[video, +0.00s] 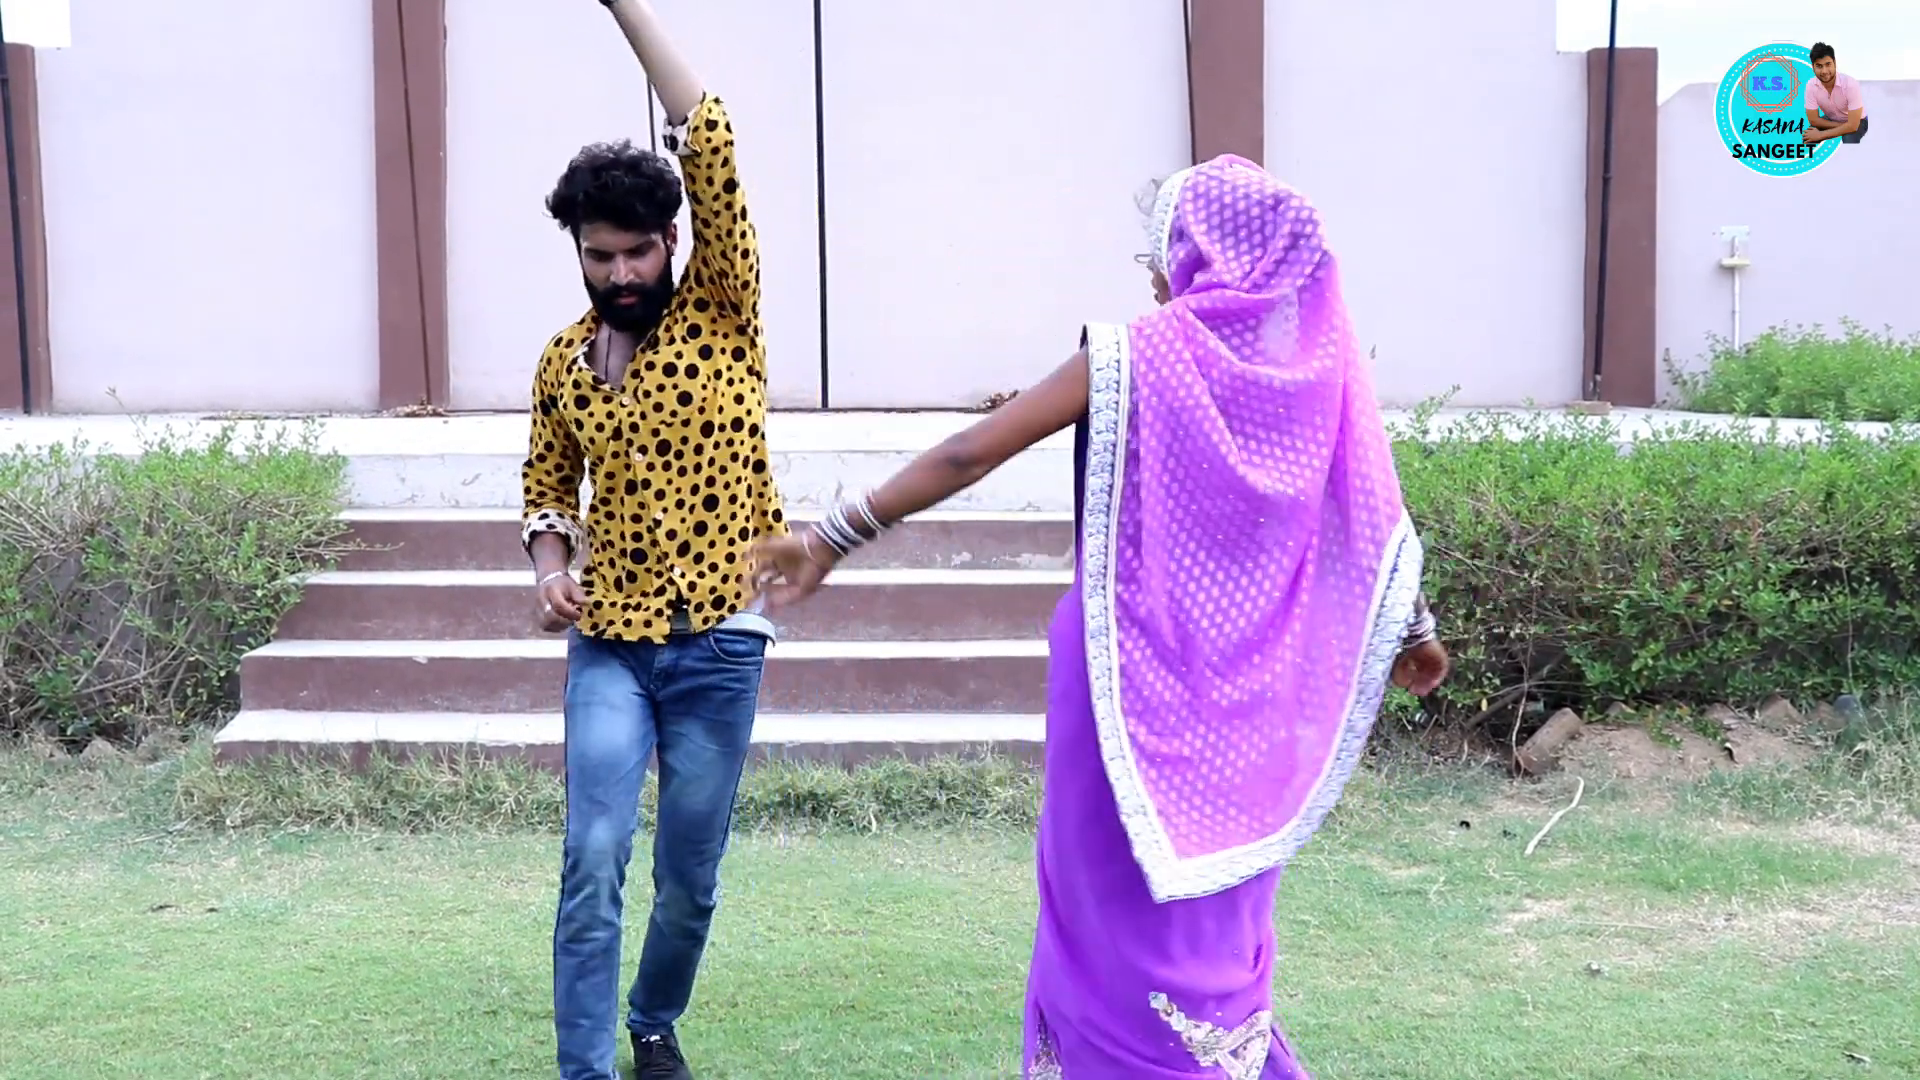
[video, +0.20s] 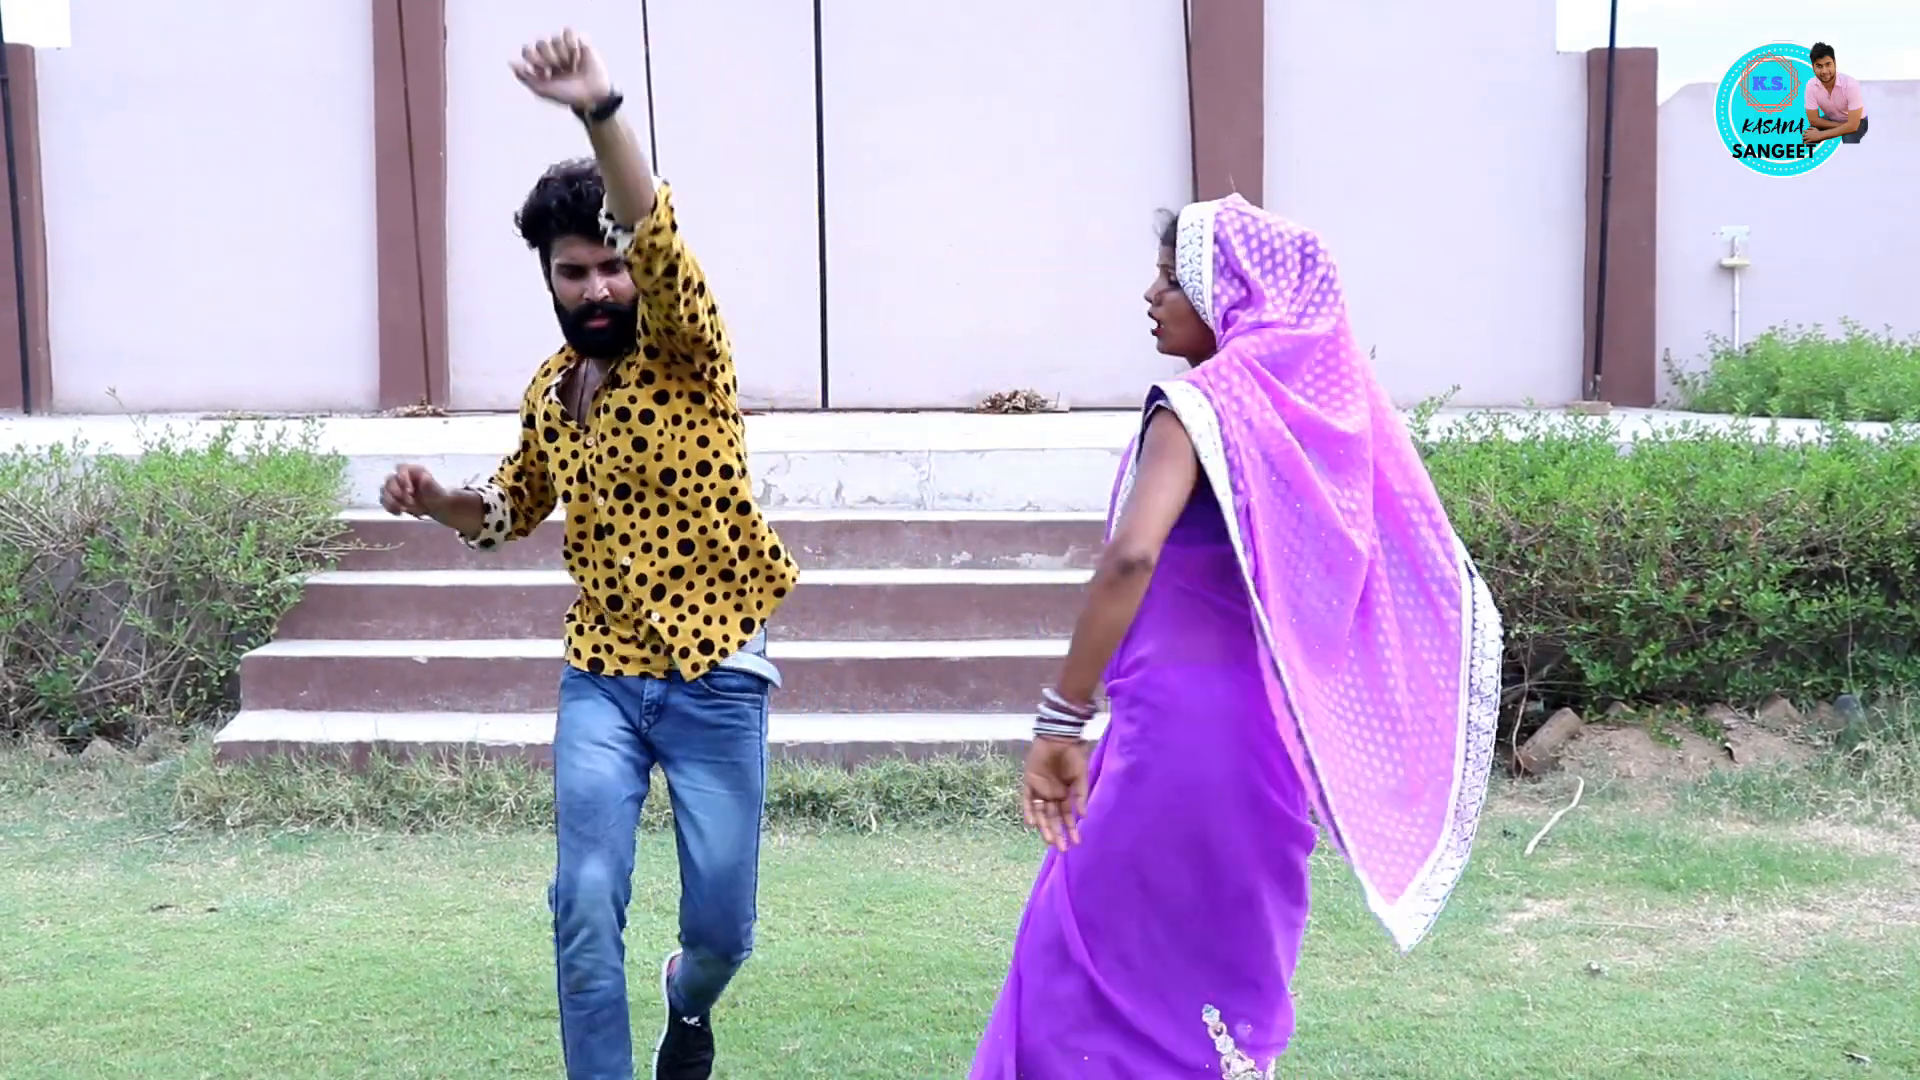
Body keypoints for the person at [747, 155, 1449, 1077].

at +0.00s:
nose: (1153, 268)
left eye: (1163, 251)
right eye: (1157, 249)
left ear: (1191, 260)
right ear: (1277, 261)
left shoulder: (1127, 357)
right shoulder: (1324, 375)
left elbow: (966, 457)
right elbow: (1377, 520)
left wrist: (835, 534)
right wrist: (1414, 626)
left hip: (1118, 662)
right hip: (1257, 666)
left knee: (1100, 880)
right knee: (1228, 877)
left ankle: (1102, 1056)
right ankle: (1228, 1052)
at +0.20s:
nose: (1151, 298)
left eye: (1169, 282)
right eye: (1158, 279)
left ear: (1227, 302)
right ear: (1258, 303)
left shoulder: (1193, 405)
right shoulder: (1323, 412)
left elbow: (1131, 557)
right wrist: (1320, 759)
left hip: (1174, 747)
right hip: (1269, 749)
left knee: (1061, 966)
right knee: (1238, 990)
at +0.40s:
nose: (1156, 250)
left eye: (1182, 232)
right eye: (1151, 229)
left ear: (1244, 248)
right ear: (1146, 235)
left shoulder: (1255, 357)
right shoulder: (1192, 357)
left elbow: (1306, 512)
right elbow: (1114, 505)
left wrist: (1294, 669)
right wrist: (1116, 375)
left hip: (1224, 694)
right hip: (1160, 690)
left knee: (1195, 941)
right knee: (1127, 932)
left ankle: (1215, 1067)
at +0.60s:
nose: (1195, 299)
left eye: (1218, 277)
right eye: (1177, 281)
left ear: (1268, 282)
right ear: (1162, 292)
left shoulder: (1321, 400)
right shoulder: (1164, 405)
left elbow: (1396, 555)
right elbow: (996, 418)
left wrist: (1483, 683)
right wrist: (1116, 348)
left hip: (1257, 711)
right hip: (1147, 709)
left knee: (1249, 951)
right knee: (1144, 943)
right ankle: (1155, 1075)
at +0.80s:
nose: (1238, 299)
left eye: (1260, 277)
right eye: (1213, 279)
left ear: (1295, 279)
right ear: (1188, 283)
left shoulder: (1354, 401)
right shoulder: (1150, 394)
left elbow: (1454, 560)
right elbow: (1025, 501)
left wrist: (1583, 605)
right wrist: (1034, 361)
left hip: (1310, 702)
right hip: (1174, 699)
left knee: (1303, 941)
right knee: (1171, 936)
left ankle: (1300, 1071)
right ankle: (1177, 1075)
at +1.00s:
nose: (1275, 315)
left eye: (1293, 291)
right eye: (1249, 296)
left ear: (1322, 288)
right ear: (1216, 297)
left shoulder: (1366, 404)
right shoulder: (1163, 404)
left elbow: (1454, 573)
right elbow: (1117, 579)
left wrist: (1582, 505)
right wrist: (1047, 465)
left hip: (1338, 708)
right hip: (1211, 713)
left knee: (1325, 955)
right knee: (1241, 952)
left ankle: (1321, 1076)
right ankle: (1228, 1076)